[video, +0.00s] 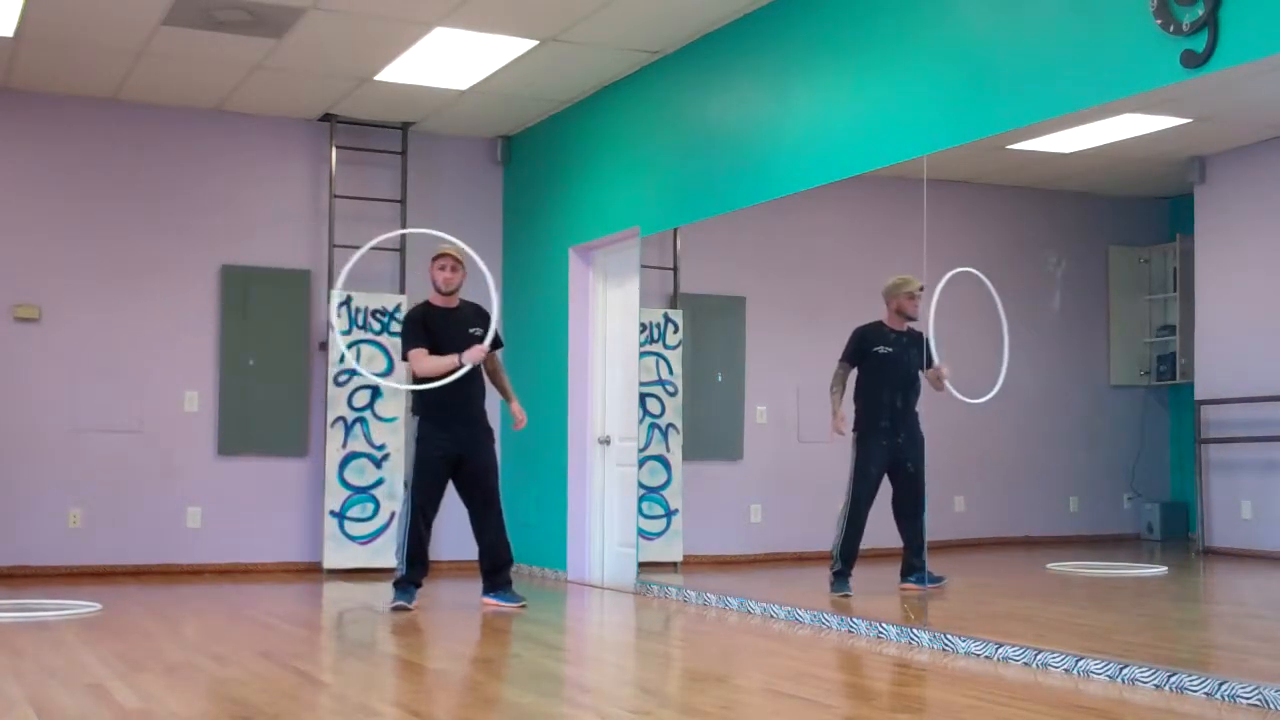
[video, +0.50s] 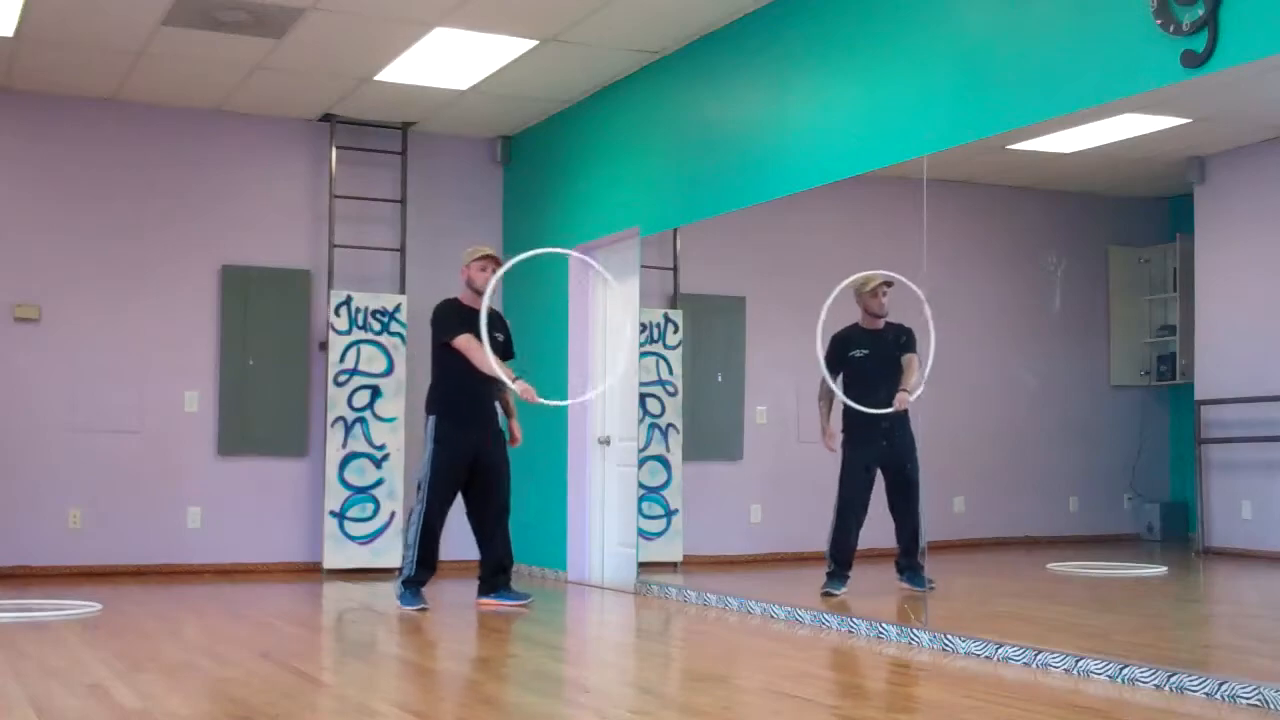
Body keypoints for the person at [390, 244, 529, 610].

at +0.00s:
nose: (447, 274)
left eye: (454, 269)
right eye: (441, 268)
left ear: (463, 276)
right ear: (430, 274)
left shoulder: (478, 316)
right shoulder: (416, 317)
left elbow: (492, 364)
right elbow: (419, 366)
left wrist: (512, 401)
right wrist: (462, 358)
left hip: (474, 426)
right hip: (434, 427)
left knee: (487, 507)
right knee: (421, 508)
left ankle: (497, 586)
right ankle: (407, 586)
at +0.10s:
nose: (459, 273)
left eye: (465, 269)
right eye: (452, 267)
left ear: (472, 276)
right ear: (439, 273)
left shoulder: (484, 316)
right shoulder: (425, 316)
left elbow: (494, 367)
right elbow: (431, 365)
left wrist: (512, 403)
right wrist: (477, 368)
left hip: (475, 425)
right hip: (435, 425)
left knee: (488, 505)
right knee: (421, 505)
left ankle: (497, 586)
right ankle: (407, 585)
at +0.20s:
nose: (469, 273)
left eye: (475, 269)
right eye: (462, 267)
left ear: (481, 277)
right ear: (448, 272)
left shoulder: (486, 317)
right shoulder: (430, 314)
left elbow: (494, 369)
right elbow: (439, 360)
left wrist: (512, 409)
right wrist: (487, 375)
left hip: (473, 422)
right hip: (433, 422)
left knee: (485, 506)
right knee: (418, 505)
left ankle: (496, 587)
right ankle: (404, 584)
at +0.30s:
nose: (475, 275)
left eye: (481, 271)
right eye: (469, 268)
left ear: (486, 279)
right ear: (454, 272)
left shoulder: (486, 320)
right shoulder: (432, 311)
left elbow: (492, 371)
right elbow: (448, 357)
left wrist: (509, 414)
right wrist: (495, 379)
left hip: (473, 423)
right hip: (434, 423)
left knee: (485, 505)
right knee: (419, 505)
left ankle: (495, 586)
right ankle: (405, 585)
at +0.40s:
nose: (482, 275)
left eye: (487, 270)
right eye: (476, 268)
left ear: (490, 278)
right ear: (460, 272)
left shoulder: (489, 320)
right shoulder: (438, 312)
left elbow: (493, 373)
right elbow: (462, 357)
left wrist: (506, 417)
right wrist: (505, 381)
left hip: (479, 422)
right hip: (440, 422)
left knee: (488, 504)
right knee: (424, 504)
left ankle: (494, 585)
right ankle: (407, 585)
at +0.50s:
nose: (488, 276)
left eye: (494, 272)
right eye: (482, 269)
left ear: (497, 280)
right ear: (465, 273)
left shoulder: (496, 321)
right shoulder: (447, 311)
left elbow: (500, 374)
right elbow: (473, 351)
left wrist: (511, 418)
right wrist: (513, 380)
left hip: (487, 420)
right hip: (449, 419)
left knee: (493, 505)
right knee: (432, 503)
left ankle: (494, 585)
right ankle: (411, 584)